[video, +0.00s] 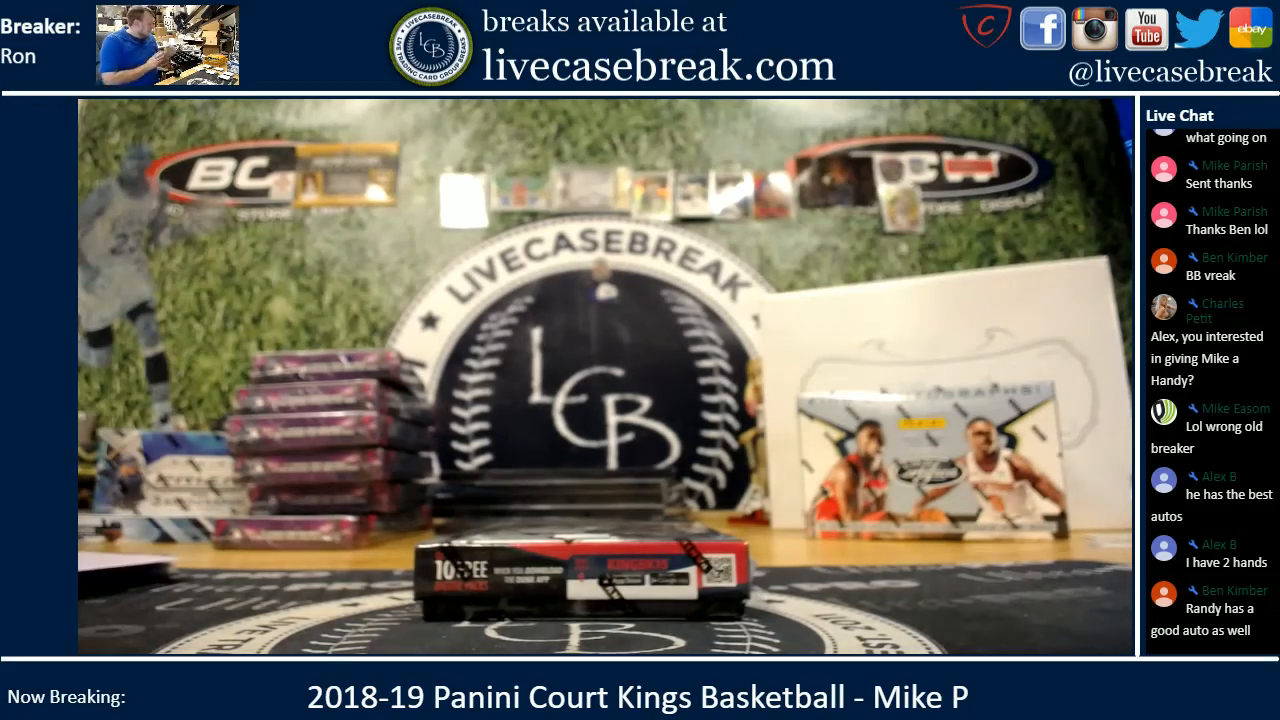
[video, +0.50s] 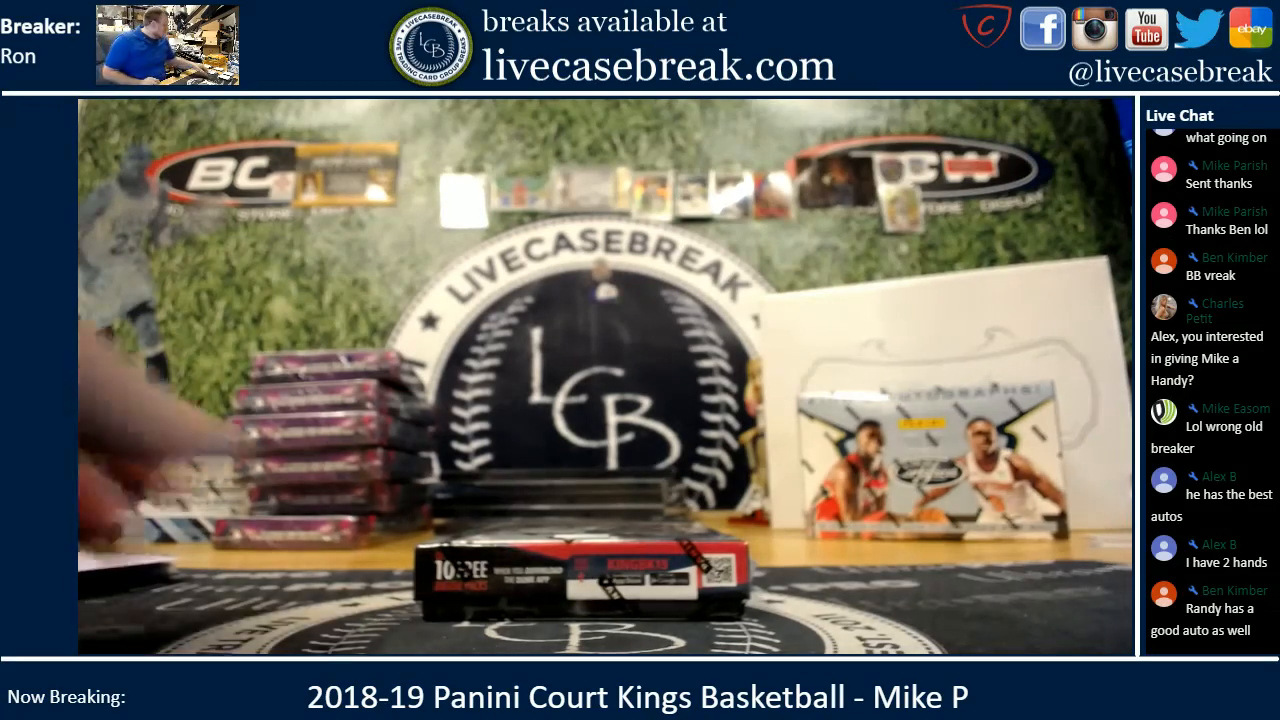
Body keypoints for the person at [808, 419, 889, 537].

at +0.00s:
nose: (878, 442)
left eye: (880, 437)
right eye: (872, 436)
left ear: (883, 441)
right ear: (859, 440)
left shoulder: (879, 474)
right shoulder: (846, 470)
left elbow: (879, 512)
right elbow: (849, 518)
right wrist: (884, 516)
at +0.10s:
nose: (878, 442)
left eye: (880, 437)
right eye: (872, 436)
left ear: (883, 440)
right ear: (859, 440)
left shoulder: (880, 473)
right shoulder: (846, 470)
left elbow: (879, 512)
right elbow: (849, 518)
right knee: (884, 519)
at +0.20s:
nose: (878, 442)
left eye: (880, 437)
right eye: (871, 436)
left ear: (883, 440)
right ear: (859, 440)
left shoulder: (880, 473)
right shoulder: (846, 470)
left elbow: (879, 511)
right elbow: (849, 519)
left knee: (884, 520)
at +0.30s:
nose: (878, 442)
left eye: (880, 437)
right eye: (872, 436)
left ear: (883, 440)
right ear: (859, 440)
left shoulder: (880, 473)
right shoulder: (846, 470)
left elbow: (879, 512)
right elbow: (849, 518)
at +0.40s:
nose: (878, 442)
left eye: (880, 437)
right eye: (872, 436)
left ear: (883, 440)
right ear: (859, 440)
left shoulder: (880, 473)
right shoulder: (846, 470)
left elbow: (879, 512)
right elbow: (849, 519)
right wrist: (885, 517)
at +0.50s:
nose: (878, 442)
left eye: (880, 437)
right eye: (872, 436)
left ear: (883, 440)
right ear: (859, 440)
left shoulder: (880, 473)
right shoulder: (846, 470)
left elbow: (879, 512)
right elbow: (849, 519)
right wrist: (885, 517)